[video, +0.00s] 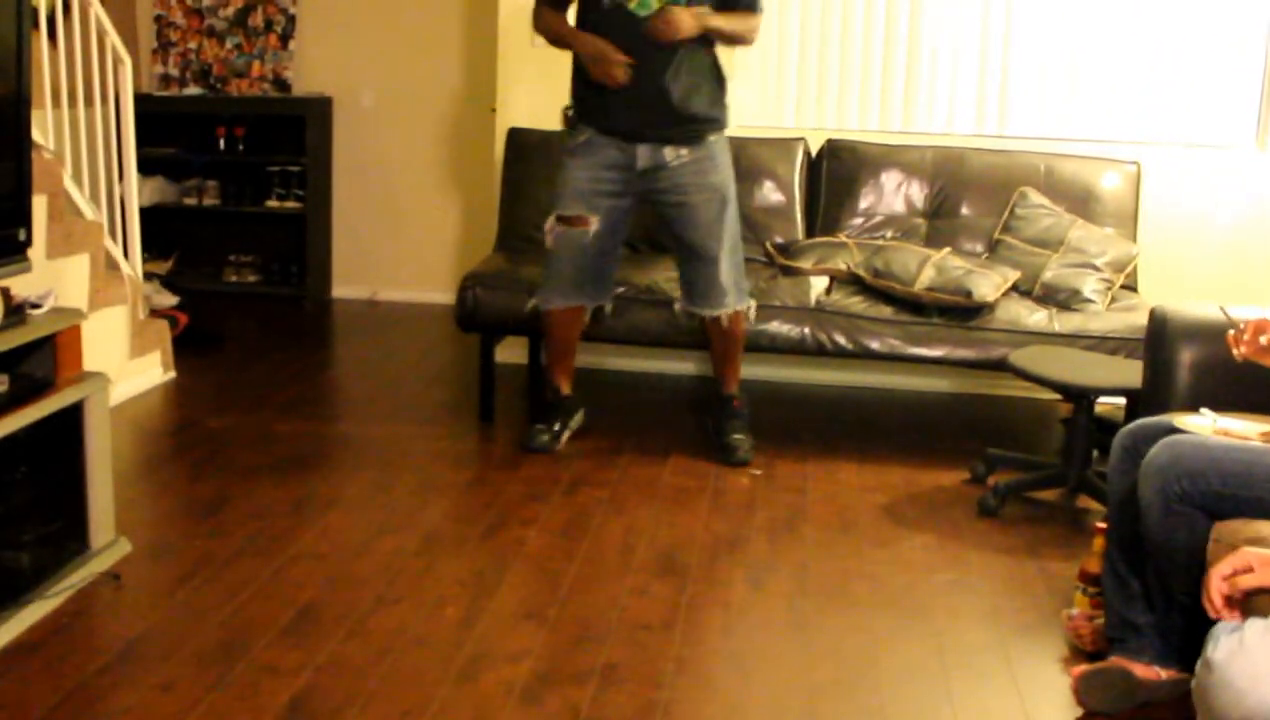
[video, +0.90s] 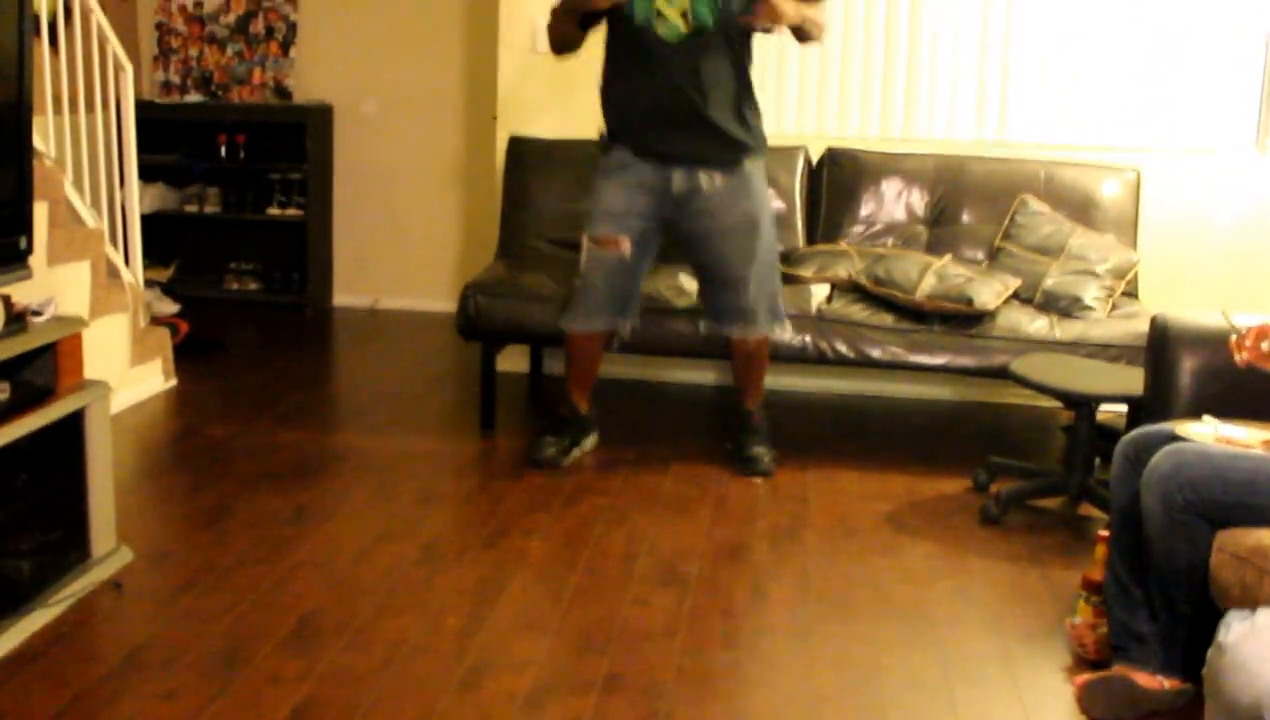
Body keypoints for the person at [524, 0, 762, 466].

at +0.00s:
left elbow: (747, 25)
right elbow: (545, 14)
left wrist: (702, 20)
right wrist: (585, 44)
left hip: (692, 137)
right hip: (599, 135)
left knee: (721, 282)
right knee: (566, 272)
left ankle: (729, 404)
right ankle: (559, 398)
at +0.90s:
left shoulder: (742, 1)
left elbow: (814, 29)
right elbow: (560, 41)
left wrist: (790, 14)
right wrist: (581, 8)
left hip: (727, 155)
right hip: (633, 153)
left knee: (749, 301)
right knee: (595, 288)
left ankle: (751, 421)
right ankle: (576, 418)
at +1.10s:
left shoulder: (749, 5)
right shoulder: (612, 4)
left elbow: (764, 93)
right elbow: (621, 94)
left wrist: (768, 37)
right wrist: (596, 85)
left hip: (725, 189)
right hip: (634, 184)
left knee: (752, 336)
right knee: (595, 317)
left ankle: (753, 460)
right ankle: (576, 452)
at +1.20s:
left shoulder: (746, 21)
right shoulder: (609, 23)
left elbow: (765, 120)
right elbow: (587, 117)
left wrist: (719, 69)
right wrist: (637, 118)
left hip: (713, 226)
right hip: (623, 223)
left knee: (741, 374)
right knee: (594, 354)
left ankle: (750, 497)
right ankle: (578, 493)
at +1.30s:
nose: (666, 20)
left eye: (677, 9)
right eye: (656, 8)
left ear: (696, 16)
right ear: (641, 15)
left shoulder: (732, 95)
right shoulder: (600, 86)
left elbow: (763, 172)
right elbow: (573, 164)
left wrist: (703, 152)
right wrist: (648, 163)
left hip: (702, 281)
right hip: (615, 278)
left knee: (736, 427)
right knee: (583, 419)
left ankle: (750, 555)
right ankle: (578, 553)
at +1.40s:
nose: (664, 72)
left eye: (676, 60)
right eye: (655, 59)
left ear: (694, 66)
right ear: (639, 66)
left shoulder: (728, 145)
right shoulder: (597, 139)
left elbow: (746, 230)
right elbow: (574, 219)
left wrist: (691, 207)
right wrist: (647, 231)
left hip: (702, 333)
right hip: (612, 332)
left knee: (742, 476)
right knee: (578, 470)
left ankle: (752, 602)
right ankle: (581, 605)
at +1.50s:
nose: (666, 96)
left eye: (679, 86)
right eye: (657, 85)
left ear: (702, 94)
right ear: (642, 92)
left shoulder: (739, 170)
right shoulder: (601, 166)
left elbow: (765, 264)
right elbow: (569, 251)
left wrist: (741, 241)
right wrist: (608, 265)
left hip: (716, 367)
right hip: (623, 367)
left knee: (748, 506)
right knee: (591, 494)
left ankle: (756, 636)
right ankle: (582, 634)